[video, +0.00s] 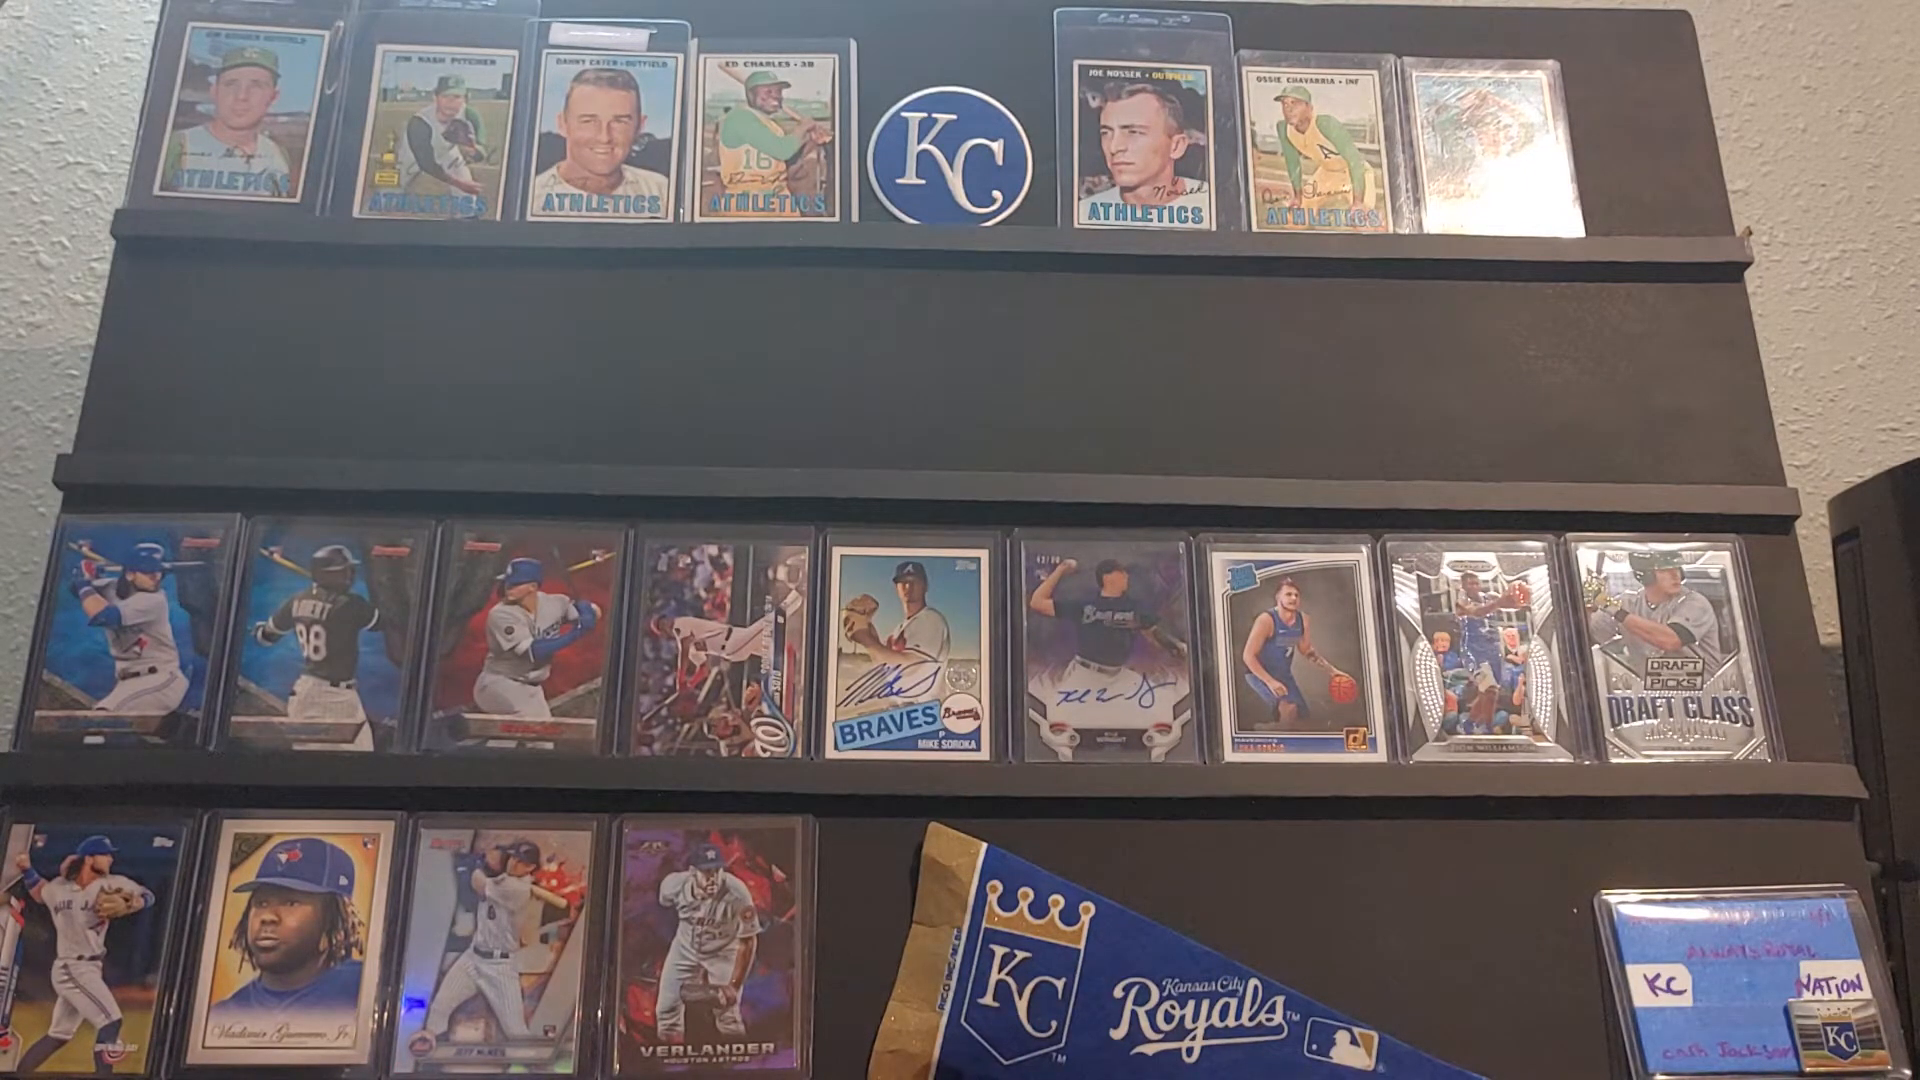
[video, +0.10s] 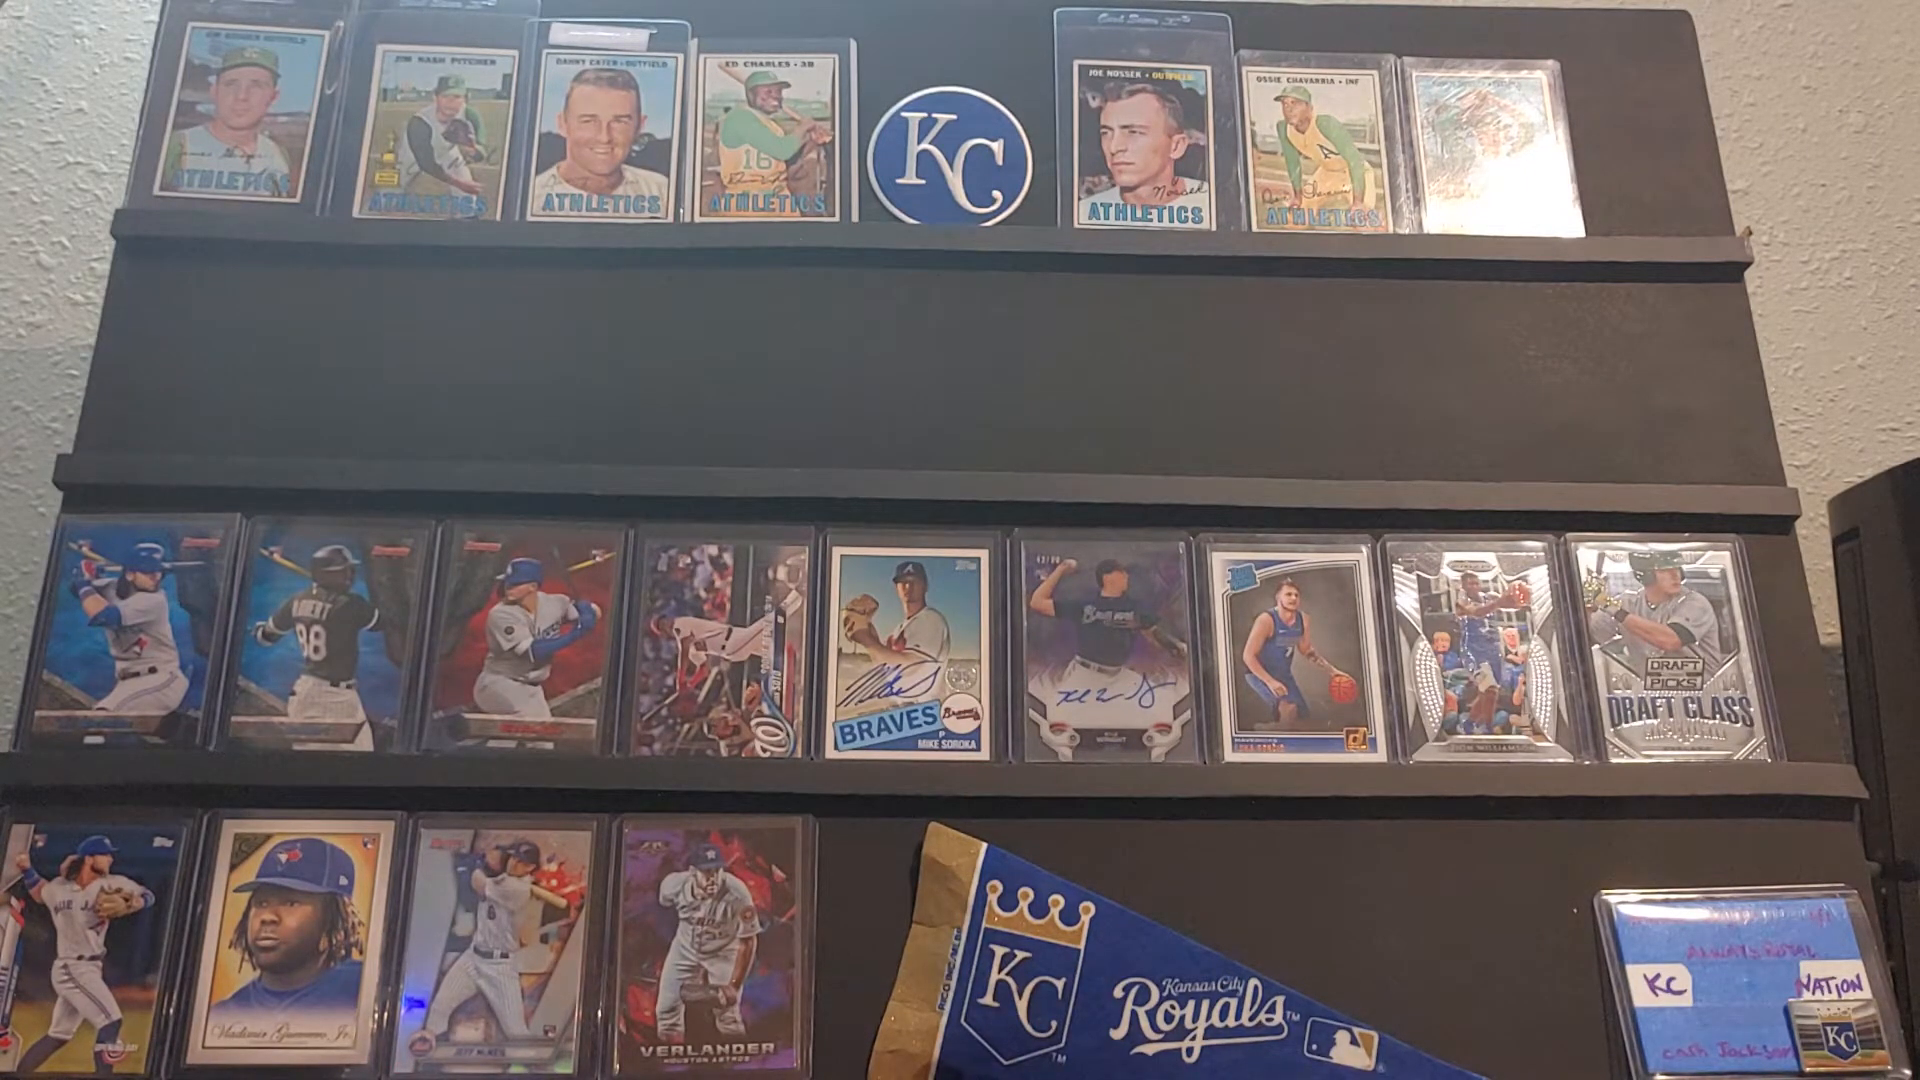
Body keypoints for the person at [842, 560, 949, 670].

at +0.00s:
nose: (907, 587)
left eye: (913, 581)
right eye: (902, 582)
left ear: (924, 586)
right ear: (896, 588)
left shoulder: (931, 619)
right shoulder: (901, 627)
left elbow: (910, 662)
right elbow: (881, 661)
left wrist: (865, 639)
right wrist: (865, 624)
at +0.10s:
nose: (907, 587)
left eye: (913, 581)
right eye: (902, 582)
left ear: (924, 586)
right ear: (896, 588)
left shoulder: (931, 619)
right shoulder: (901, 627)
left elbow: (910, 661)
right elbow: (881, 661)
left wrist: (865, 639)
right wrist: (865, 624)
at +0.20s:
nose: (907, 587)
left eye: (913, 582)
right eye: (902, 582)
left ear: (924, 586)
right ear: (896, 587)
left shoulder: (930, 619)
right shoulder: (901, 627)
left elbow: (911, 662)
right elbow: (882, 661)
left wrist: (866, 639)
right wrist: (865, 625)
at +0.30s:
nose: (907, 587)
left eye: (913, 582)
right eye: (902, 582)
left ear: (924, 586)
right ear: (896, 587)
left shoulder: (930, 619)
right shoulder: (901, 627)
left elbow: (911, 662)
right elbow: (882, 661)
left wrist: (866, 639)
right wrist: (865, 625)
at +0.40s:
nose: (907, 587)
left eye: (913, 581)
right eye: (902, 582)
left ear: (924, 586)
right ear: (896, 588)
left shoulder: (931, 619)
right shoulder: (901, 627)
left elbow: (910, 661)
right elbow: (881, 661)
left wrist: (865, 639)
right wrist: (865, 624)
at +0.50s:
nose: (907, 587)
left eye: (913, 582)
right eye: (902, 582)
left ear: (924, 586)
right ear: (896, 587)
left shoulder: (930, 619)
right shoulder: (901, 627)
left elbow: (911, 662)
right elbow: (882, 661)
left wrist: (866, 639)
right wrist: (865, 625)